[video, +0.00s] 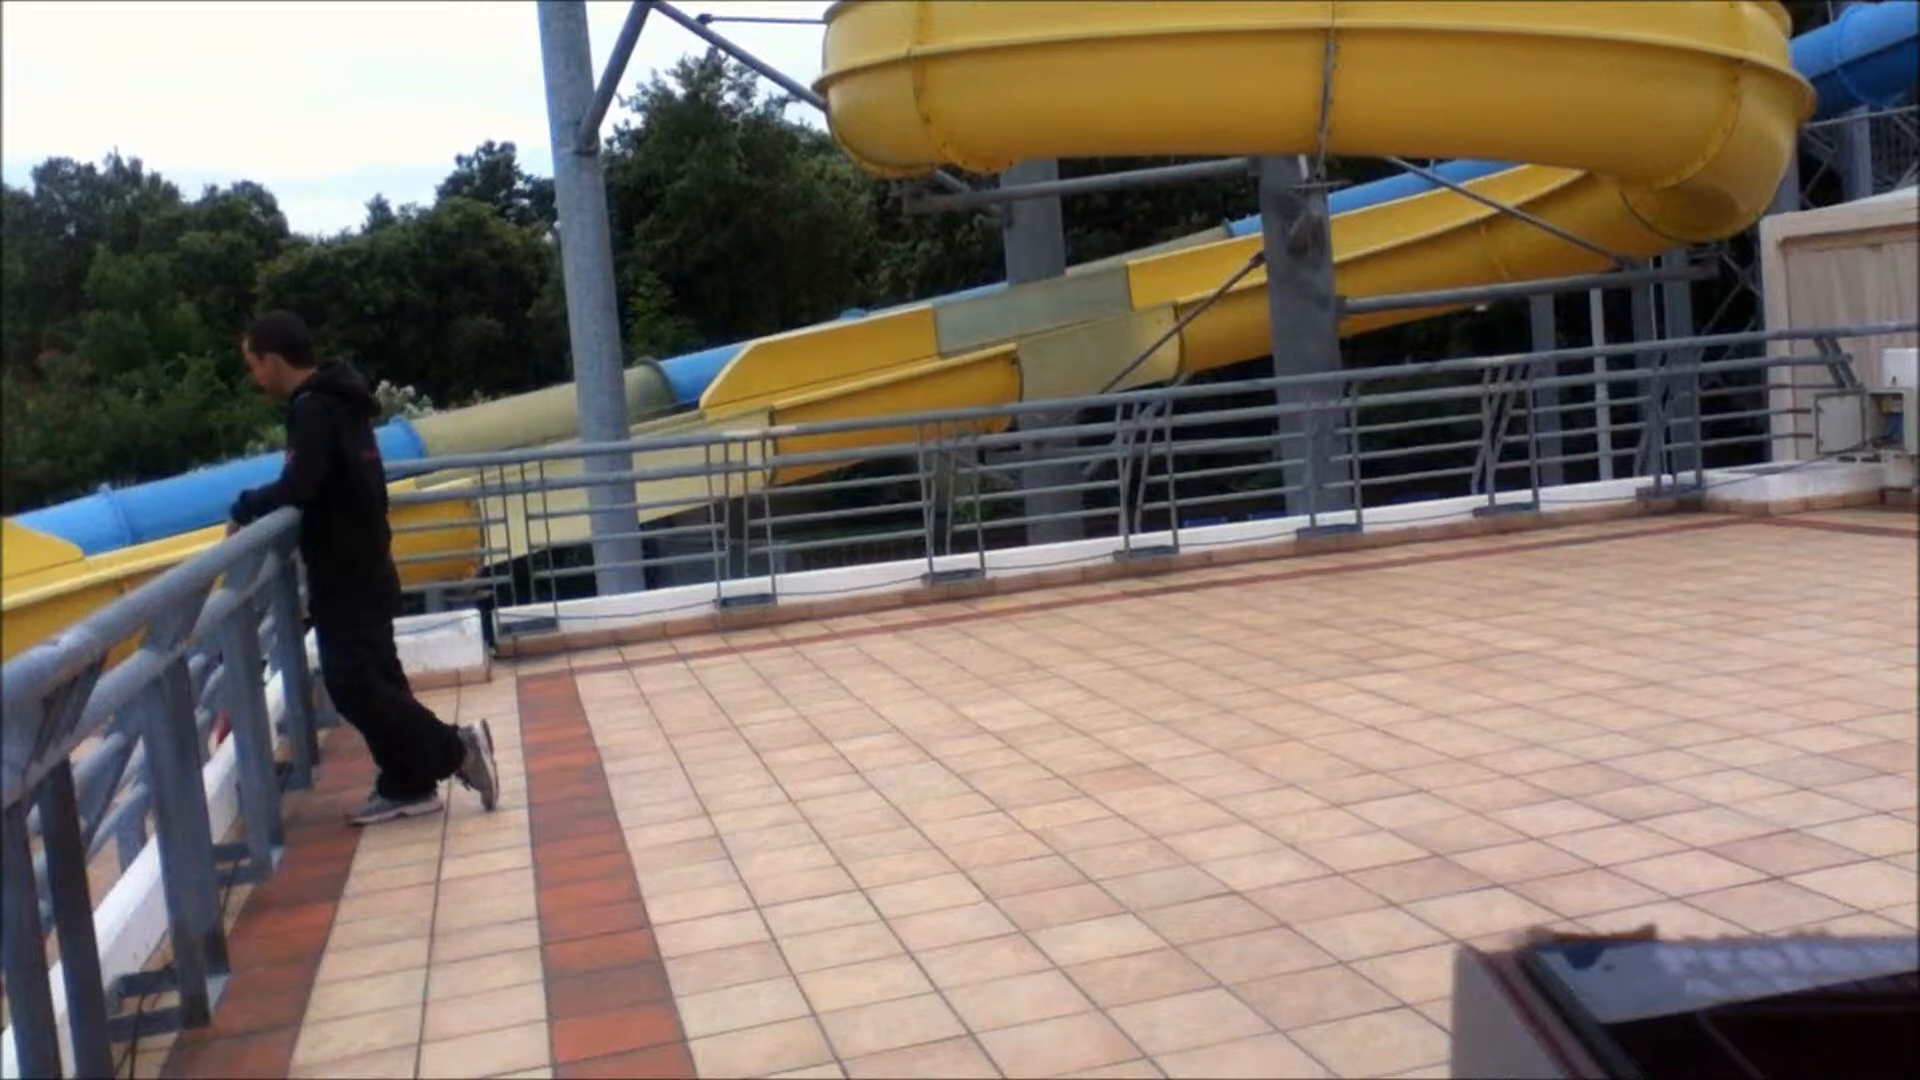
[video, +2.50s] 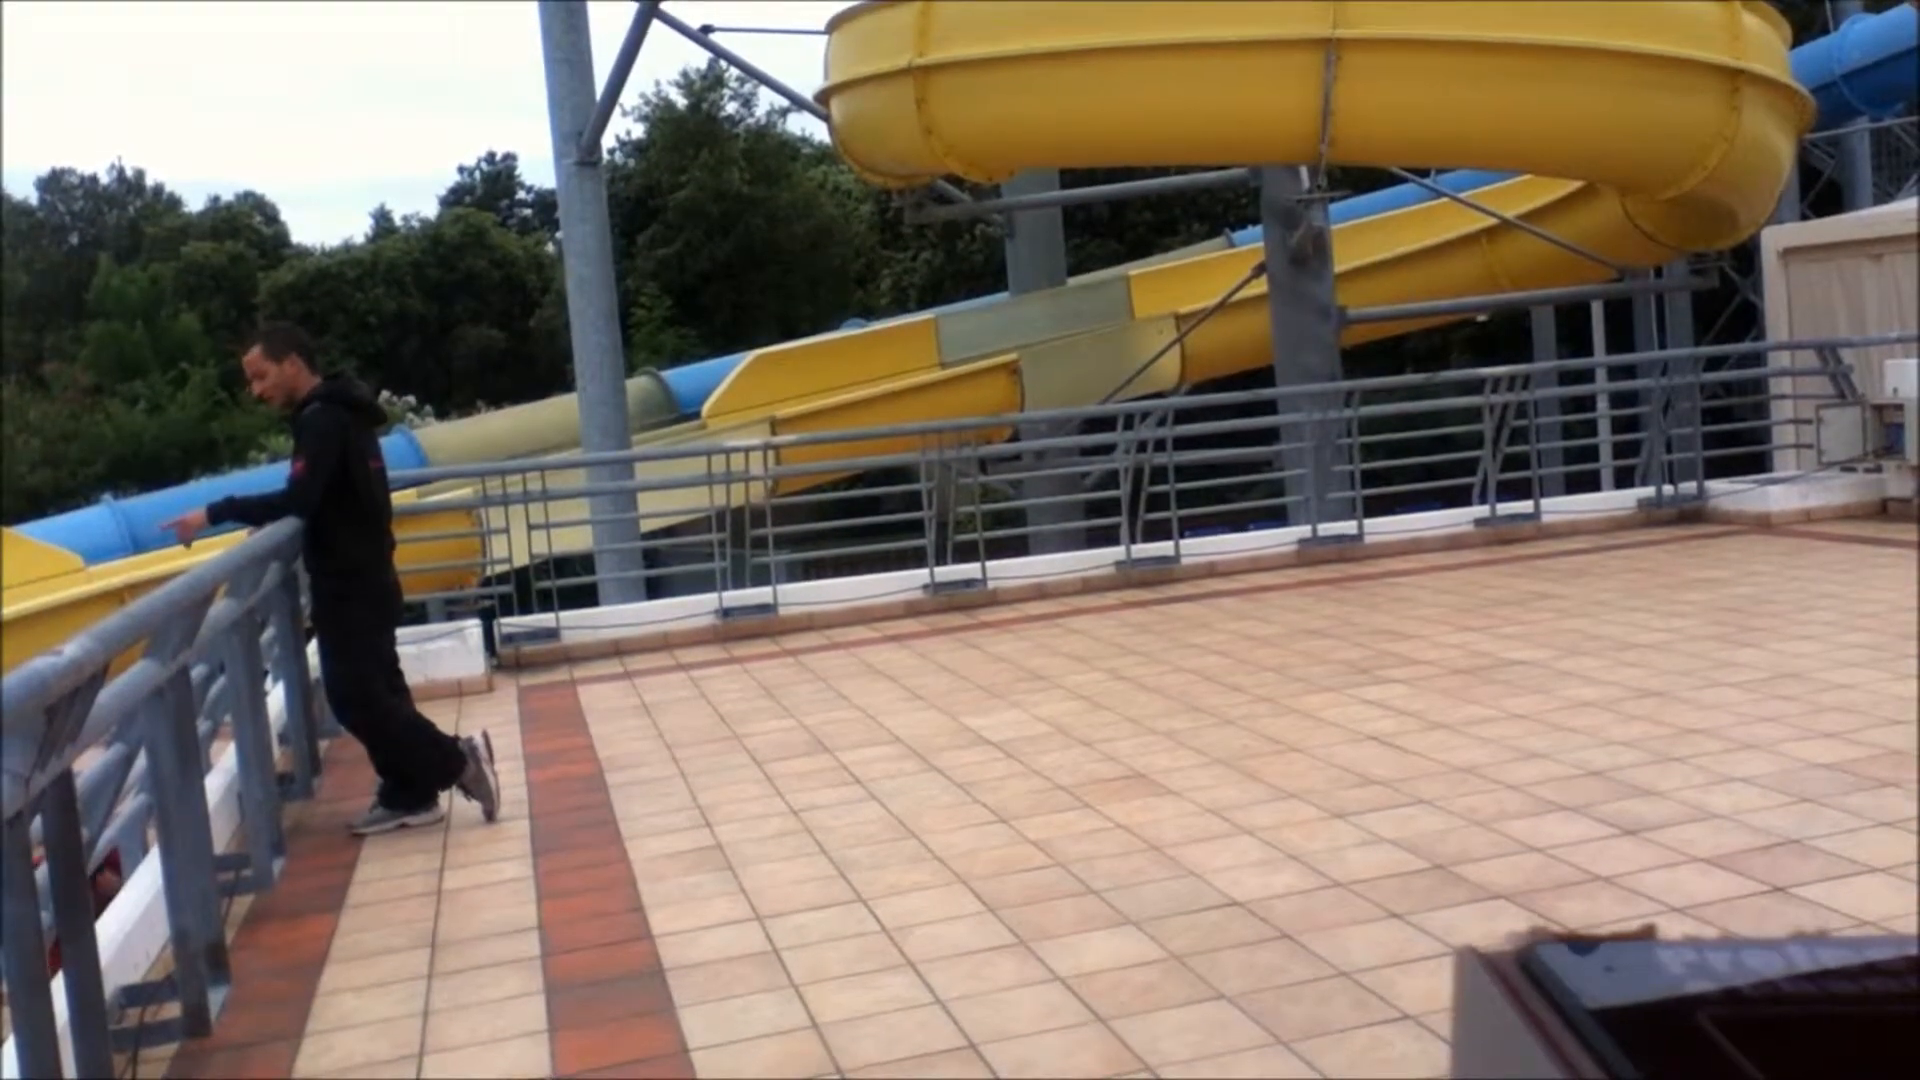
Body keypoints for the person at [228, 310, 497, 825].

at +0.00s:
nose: (253, 376)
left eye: (253, 365)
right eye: (250, 366)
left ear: (276, 360)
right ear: (298, 354)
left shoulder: (313, 409)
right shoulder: (337, 397)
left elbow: (301, 487)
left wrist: (244, 508)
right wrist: (261, 508)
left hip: (344, 572)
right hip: (365, 567)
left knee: (350, 688)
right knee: (376, 676)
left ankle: (456, 749)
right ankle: (406, 788)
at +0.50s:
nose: (253, 377)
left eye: (252, 367)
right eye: (251, 368)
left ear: (268, 363)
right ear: (300, 352)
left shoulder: (308, 408)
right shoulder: (337, 397)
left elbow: (298, 488)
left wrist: (244, 509)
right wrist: (261, 508)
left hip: (343, 573)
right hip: (364, 567)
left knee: (348, 687)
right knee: (376, 675)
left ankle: (452, 750)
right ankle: (406, 787)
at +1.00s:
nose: (256, 381)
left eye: (255, 371)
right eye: (254, 372)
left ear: (270, 368)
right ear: (302, 357)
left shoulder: (311, 414)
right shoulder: (338, 403)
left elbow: (299, 494)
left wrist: (245, 514)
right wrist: (264, 513)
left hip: (343, 578)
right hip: (365, 572)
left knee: (349, 694)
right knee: (377, 680)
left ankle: (452, 755)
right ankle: (405, 792)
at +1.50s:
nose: (255, 381)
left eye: (256, 370)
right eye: (253, 371)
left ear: (276, 365)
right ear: (298, 360)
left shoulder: (314, 414)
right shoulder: (338, 404)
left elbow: (300, 494)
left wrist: (245, 513)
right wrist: (263, 514)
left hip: (345, 579)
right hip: (365, 574)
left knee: (350, 694)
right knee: (377, 682)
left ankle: (453, 754)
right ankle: (406, 791)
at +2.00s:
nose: (252, 390)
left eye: (255, 376)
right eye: (247, 380)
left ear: (287, 365)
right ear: (289, 369)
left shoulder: (314, 420)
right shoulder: (338, 410)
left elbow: (300, 502)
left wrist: (227, 513)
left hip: (347, 586)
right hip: (366, 579)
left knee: (353, 698)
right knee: (378, 688)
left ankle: (455, 759)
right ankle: (408, 796)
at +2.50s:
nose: (256, 391)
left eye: (259, 377)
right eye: (251, 381)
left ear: (292, 365)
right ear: (294, 370)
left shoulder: (320, 419)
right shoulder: (341, 409)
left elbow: (299, 502)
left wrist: (216, 513)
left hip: (349, 586)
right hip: (367, 580)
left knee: (351, 698)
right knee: (379, 687)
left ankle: (455, 762)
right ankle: (408, 797)